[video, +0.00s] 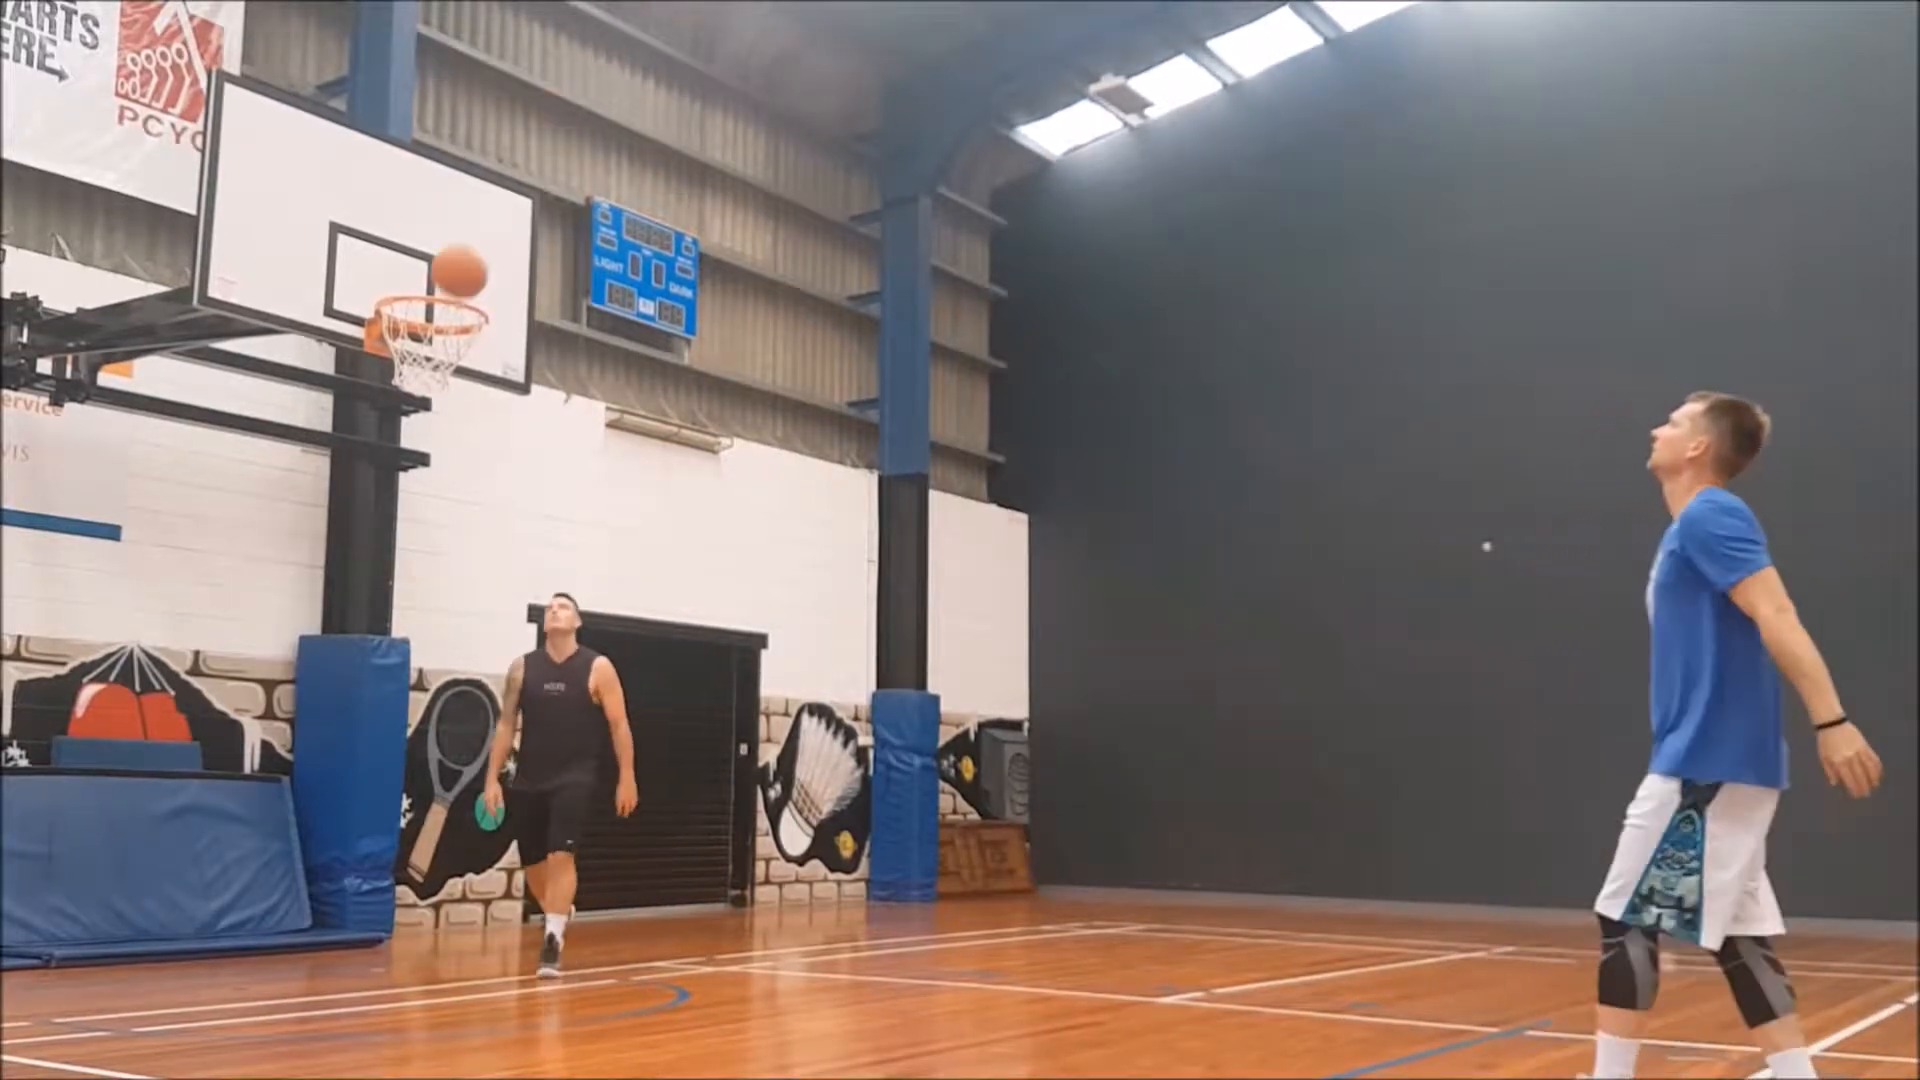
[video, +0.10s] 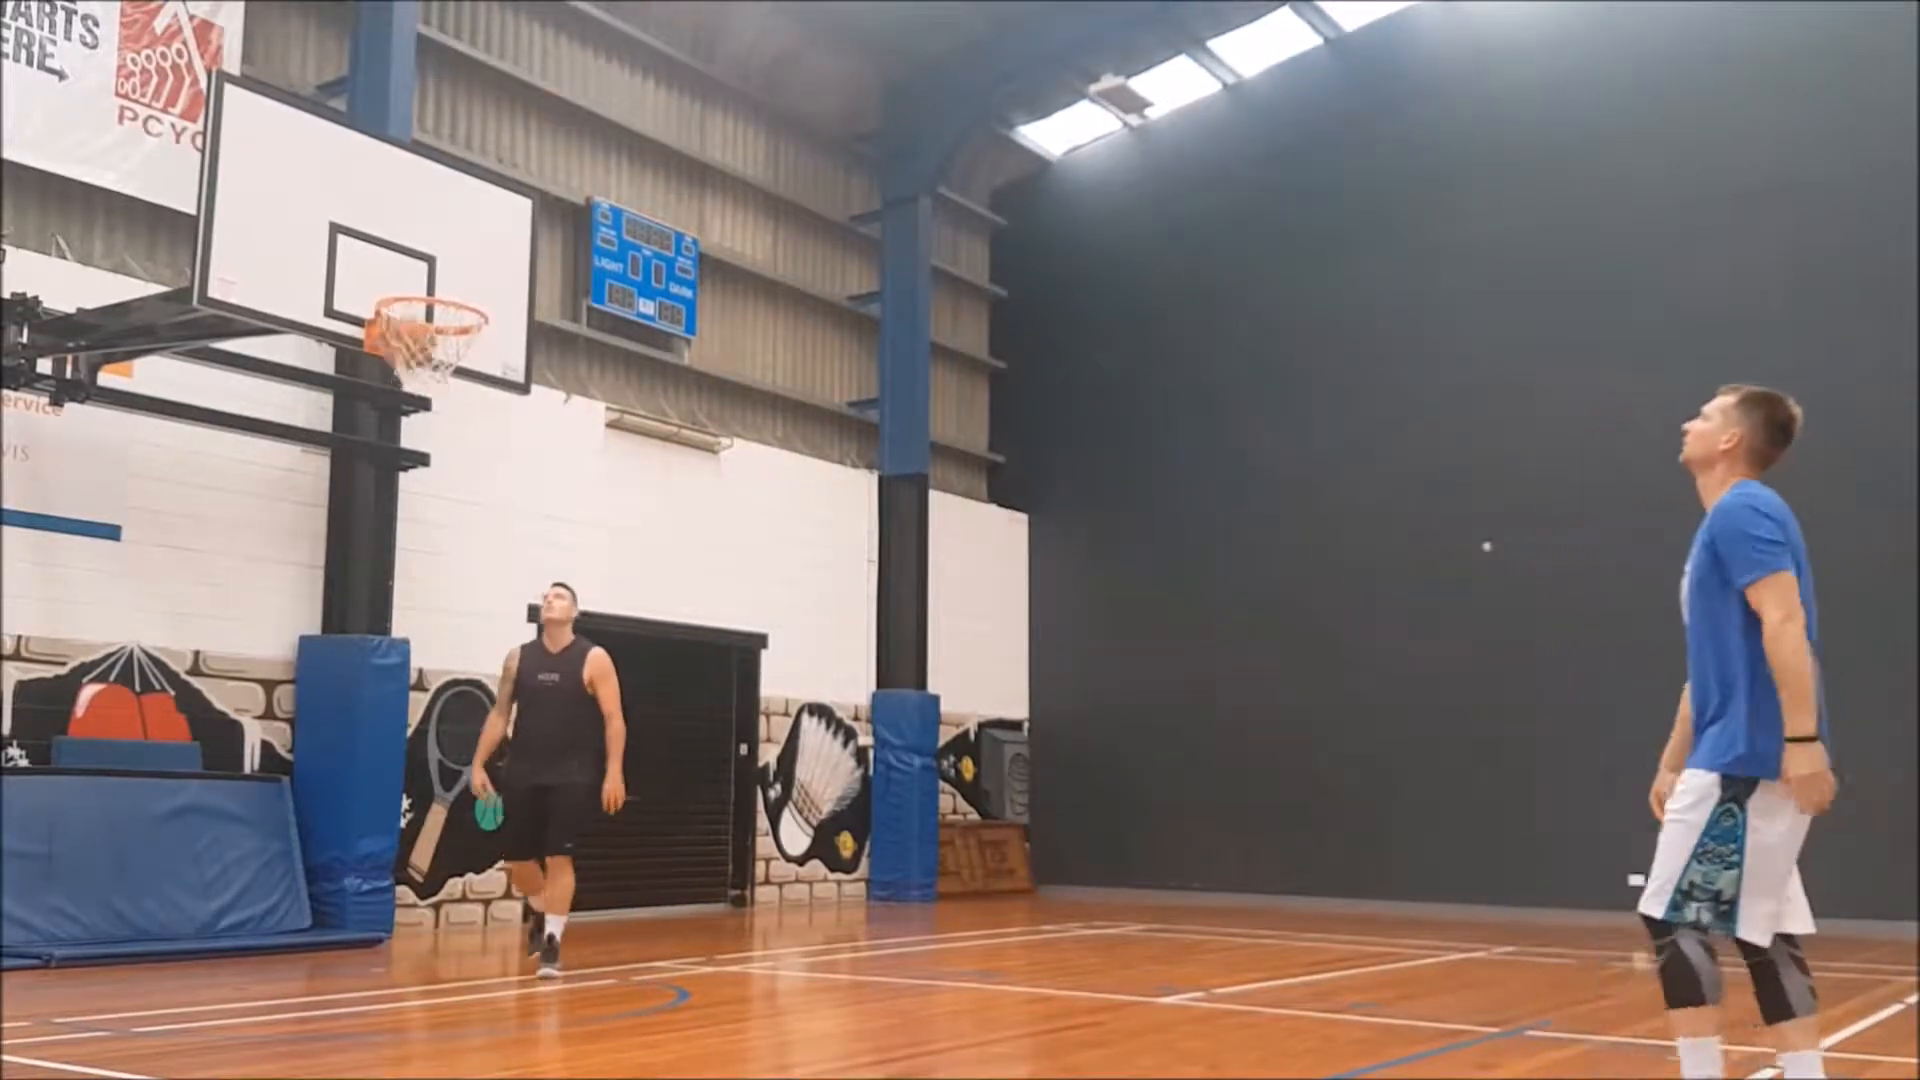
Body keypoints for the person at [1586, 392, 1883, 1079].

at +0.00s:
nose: (1655, 432)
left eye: (1671, 423)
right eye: (1666, 421)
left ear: (1698, 447)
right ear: (1702, 451)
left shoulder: (1710, 516)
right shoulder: (1698, 523)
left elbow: (1777, 616)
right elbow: (1767, 620)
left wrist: (1833, 723)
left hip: (1704, 760)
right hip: (1730, 762)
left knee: (1624, 917)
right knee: (1738, 930)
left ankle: (1609, 1070)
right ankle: (1794, 1068)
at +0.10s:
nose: (1686, 424)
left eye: (1702, 417)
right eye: (1696, 415)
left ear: (1732, 440)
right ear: (1736, 446)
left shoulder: (1741, 508)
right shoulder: (1730, 522)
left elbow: (1784, 622)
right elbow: (1710, 666)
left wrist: (1803, 741)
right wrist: (1673, 760)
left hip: (1738, 760)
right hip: (1767, 759)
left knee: (1673, 917)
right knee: (1770, 926)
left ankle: (1700, 1070)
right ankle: (1805, 1070)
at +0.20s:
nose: (1718, 423)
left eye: (1734, 413)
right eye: (1727, 412)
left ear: (1766, 435)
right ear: (1768, 439)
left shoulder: (1777, 507)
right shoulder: (1763, 518)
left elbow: (1785, 630)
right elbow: (1736, 656)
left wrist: (1746, 743)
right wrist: (1685, 751)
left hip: (1790, 763)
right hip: (1799, 761)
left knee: (1732, 920)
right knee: (1793, 930)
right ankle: (1808, 1062)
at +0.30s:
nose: (1749, 422)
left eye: (1766, 412)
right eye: (1759, 410)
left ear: (1798, 433)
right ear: (1799, 436)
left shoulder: (1818, 509)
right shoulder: (1789, 521)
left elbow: (1781, 635)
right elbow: (1769, 656)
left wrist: (1701, 729)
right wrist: (1719, 745)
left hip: (1835, 764)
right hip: (1801, 762)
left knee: (1816, 940)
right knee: (1801, 935)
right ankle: (1811, 1062)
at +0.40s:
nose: (1781, 426)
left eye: (1795, 416)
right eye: (1789, 415)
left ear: (1833, 434)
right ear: (1834, 436)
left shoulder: (1859, 510)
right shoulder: (1829, 524)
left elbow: (1794, 634)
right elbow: (1813, 661)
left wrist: (1692, 706)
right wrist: (1765, 756)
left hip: (1873, 770)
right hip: (1818, 771)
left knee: (1897, 943)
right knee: (1812, 935)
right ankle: (1816, 1070)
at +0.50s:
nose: (1812, 437)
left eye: (1825, 424)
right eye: (1818, 425)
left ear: (1864, 438)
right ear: (1866, 440)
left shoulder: (1891, 521)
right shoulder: (1873, 525)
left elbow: (1831, 645)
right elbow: (1877, 670)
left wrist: (1716, 694)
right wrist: (1834, 764)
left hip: (1905, 788)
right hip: (1857, 788)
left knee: (1919, 949)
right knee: (1833, 936)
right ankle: (1824, 1074)